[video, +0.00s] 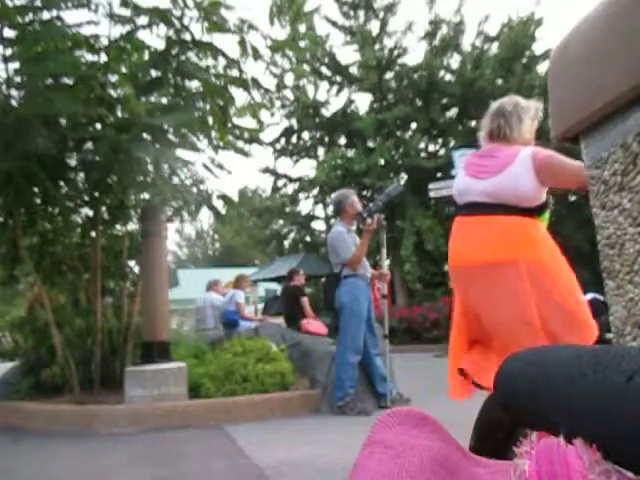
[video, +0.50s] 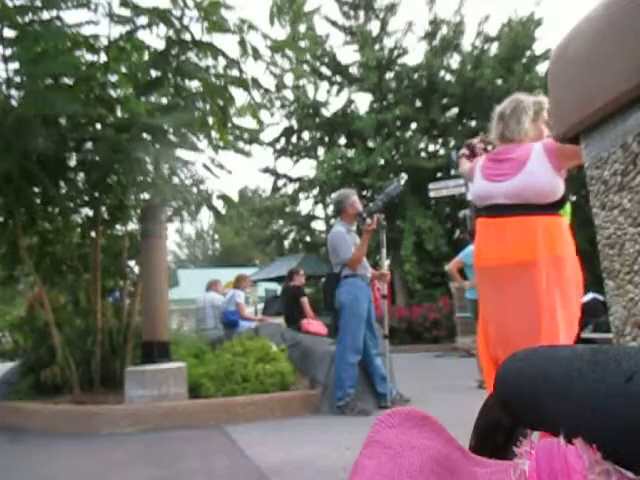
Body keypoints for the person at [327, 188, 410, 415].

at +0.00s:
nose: (361, 206)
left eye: (359, 201)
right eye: (356, 201)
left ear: (349, 207)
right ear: (346, 207)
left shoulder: (350, 233)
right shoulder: (337, 234)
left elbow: (358, 267)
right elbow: (353, 262)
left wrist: (375, 274)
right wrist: (367, 234)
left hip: (363, 284)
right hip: (351, 284)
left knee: (370, 344)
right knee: (351, 345)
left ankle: (386, 393)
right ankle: (344, 397)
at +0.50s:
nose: (361, 206)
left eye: (359, 201)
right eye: (357, 202)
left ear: (350, 207)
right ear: (347, 207)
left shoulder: (350, 233)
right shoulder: (337, 234)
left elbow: (358, 265)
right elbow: (353, 262)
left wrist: (374, 274)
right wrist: (367, 235)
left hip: (363, 285)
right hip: (351, 285)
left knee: (371, 344)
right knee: (350, 345)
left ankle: (386, 393)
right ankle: (344, 398)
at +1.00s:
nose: (361, 205)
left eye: (359, 201)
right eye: (356, 201)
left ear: (349, 207)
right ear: (347, 206)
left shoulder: (350, 233)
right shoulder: (337, 234)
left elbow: (357, 266)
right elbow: (352, 262)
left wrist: (374, 274)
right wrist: (366, 235)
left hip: (362, 284)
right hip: (350, 284)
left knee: (370, 344)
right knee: (350, 345)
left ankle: (386, 393)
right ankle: (344, 398)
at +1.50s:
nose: (360, 206)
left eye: (358, 201)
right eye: (356, 202)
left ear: (348, 207)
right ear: (347, 207)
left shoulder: (350, 233)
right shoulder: (337, 234)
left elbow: (357, 265)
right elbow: (352, 262)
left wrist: (374, 273)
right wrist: (366, 235)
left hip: (362, 284)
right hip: (350, 284)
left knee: (370, 344)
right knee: (350, 345)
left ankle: (386, 393)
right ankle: (344, 398)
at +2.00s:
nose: (360, 206)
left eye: (359, 202)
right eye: (355, 203)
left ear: (349, 208)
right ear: (345, 207)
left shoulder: (350, 233)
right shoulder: (337, 233)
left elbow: (358, 264)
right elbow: (352, 262)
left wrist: (374, 273)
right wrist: (365, 236)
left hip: (362, 284)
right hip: (350, 284)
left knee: (369, 343)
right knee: (350, 344)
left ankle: (386, 393)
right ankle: (344, 397)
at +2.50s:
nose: (360, 206)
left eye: (359, 202)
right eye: (356, 203)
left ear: (350, 207)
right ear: (345, 208)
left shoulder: (352, 233)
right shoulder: (337, 234)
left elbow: (357, 264)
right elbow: (353, 262)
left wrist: (374, 274)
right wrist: (365, 235)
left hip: (363, 284)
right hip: (350, 284)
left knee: (370, 343)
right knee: (351, 343)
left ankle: (385, 393)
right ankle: (343, 398)